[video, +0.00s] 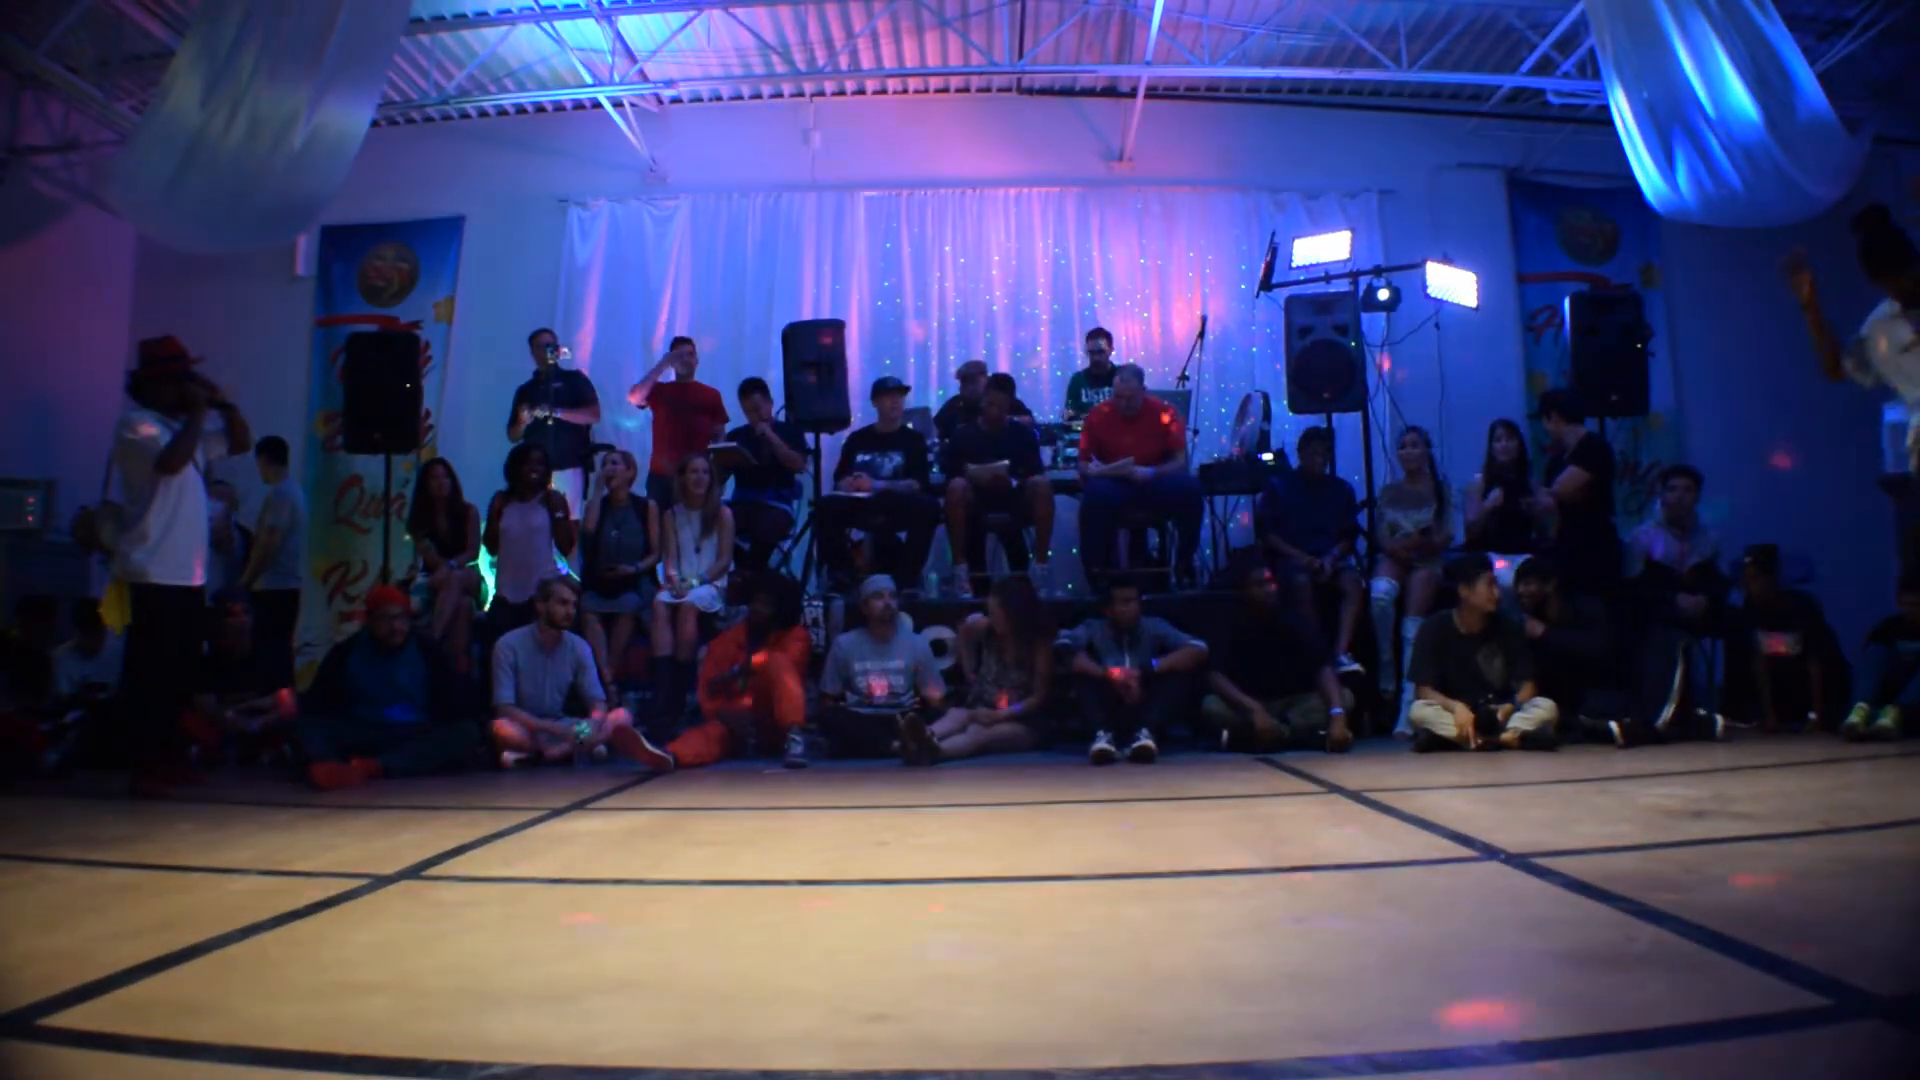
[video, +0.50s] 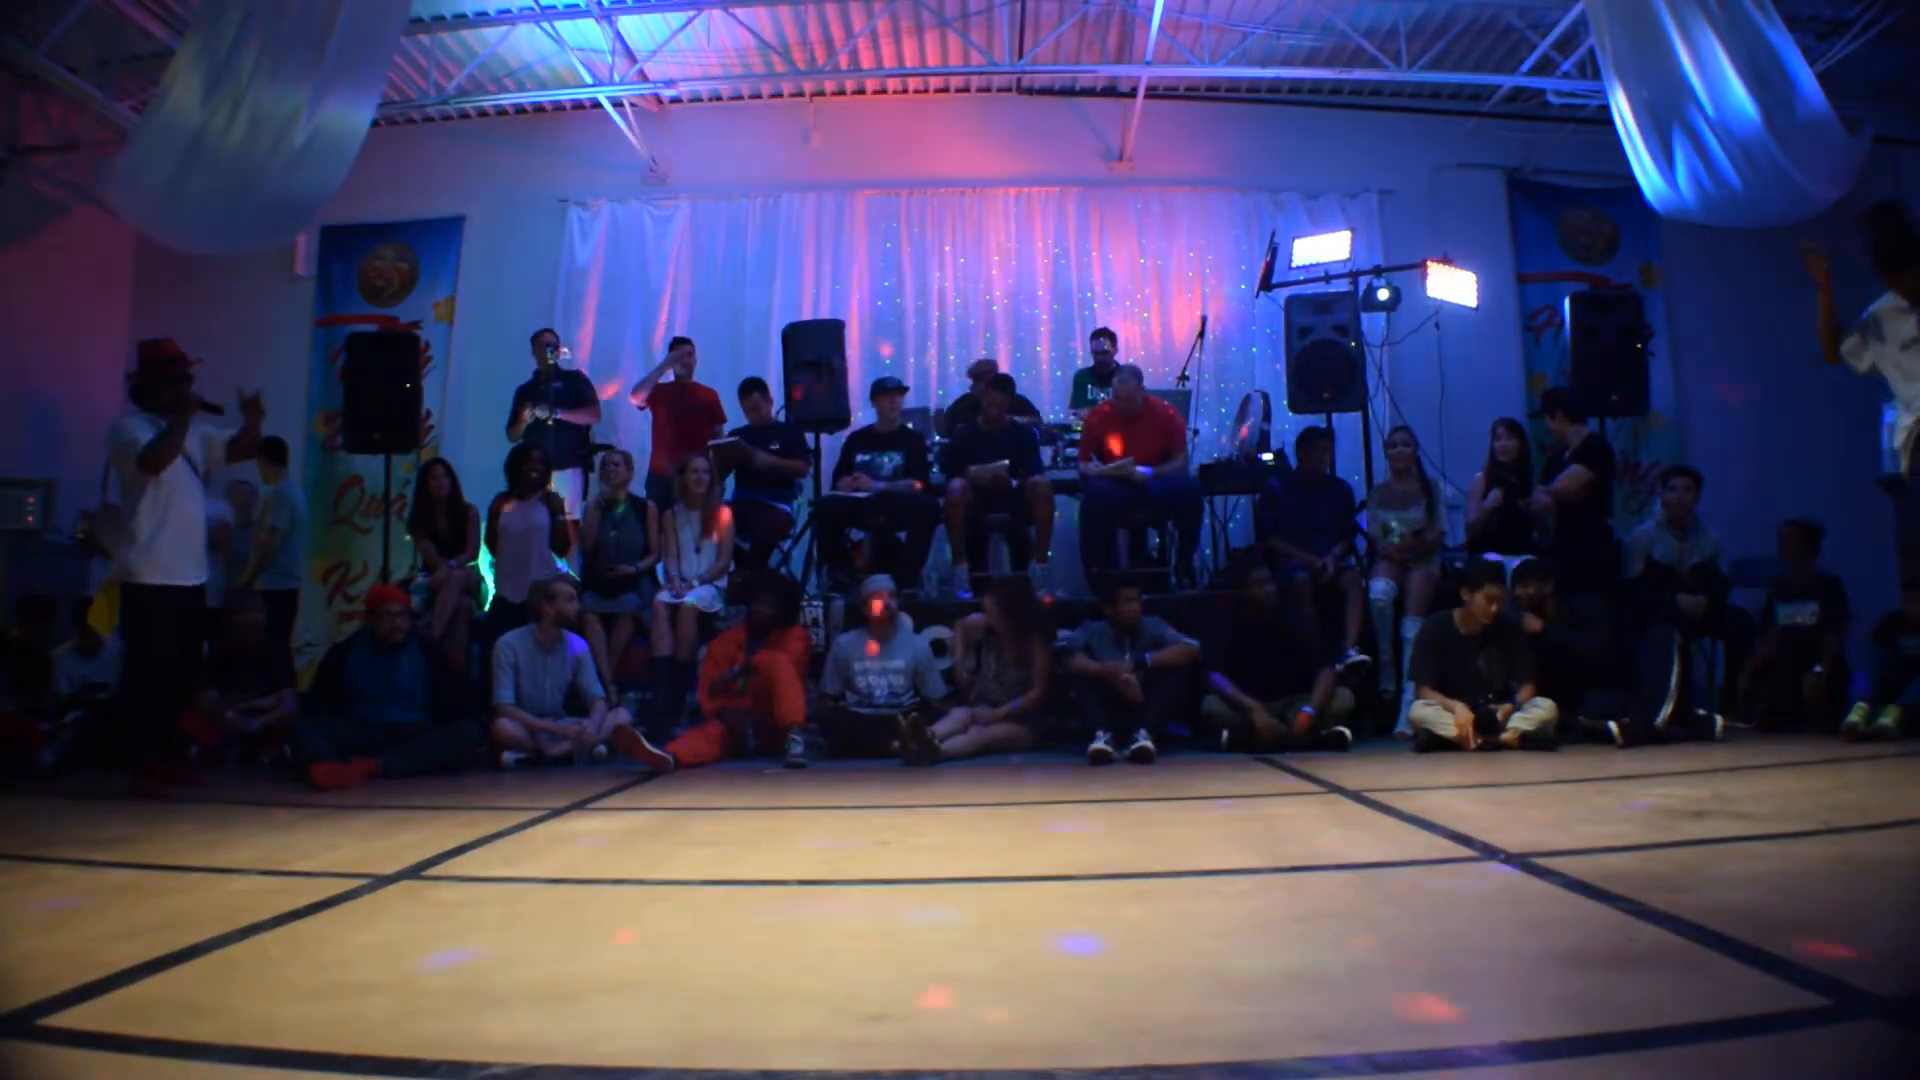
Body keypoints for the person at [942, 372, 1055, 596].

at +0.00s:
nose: (995, 412)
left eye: (1001, 406)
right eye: (990, 405)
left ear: (1010, 405)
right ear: (982, 404)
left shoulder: (1022, 433)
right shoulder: (964, 433)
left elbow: (1035, 471)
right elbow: (951, 471)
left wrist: (1009, 481)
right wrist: (975, 476)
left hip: (1011, 491)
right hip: (977, 492)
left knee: (1041, 486)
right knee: (956, 488)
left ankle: (1041, 563)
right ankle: (960, 567)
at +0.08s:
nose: (995, 411)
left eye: (1001, 406)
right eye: (990, 405)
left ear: (1010, 405)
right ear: (982, 404)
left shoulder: (1022, 433)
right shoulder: (965, 433)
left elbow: (1035, 471)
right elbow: (951, 471)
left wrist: (1009, 480)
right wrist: (976, 476)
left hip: (1011, 491)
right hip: (977, 492)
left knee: (1041, 486)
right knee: (956, 488)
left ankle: (1041, 563)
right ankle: (960, 566)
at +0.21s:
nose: (995, 412)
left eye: (1001, 405)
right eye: (990, 405)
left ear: (1010, 405)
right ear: (982, 403)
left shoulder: (1022, 433)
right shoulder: (965, 433)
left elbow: (1034, 471)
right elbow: (951, 472)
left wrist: (1009, 480)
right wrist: (977, 476)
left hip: (1012, 491)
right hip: (977, 492)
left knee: (1041, 487)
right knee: (956, 488)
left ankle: (1041, 563)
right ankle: (959, 566)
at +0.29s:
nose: (994, 412)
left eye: (1000, 405)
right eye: (990, 405)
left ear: (1010, 405)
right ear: (982, 404)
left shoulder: (1022, 433)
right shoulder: (965, 433)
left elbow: (1034, 470)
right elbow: (950, 470)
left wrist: (1008, 479)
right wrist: (976, 475)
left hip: (1012, 491)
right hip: (977, 492)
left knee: (1041, 487)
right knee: (956, 488)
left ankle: (1041, 562)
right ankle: (960, 565)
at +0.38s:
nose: (994, 411)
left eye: (1000, 405)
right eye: (990, 405)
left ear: (1010, 404)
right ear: (981, 403)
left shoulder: (1023, 434)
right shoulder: (965, 433)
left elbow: (1034, 471)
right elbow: (949, 471)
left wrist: (1008, 479)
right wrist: (975, 475)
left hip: (1011, 491)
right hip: (977, 492)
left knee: (1041, 487)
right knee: (956, 488)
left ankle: (1041, 563)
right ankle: (959, 566)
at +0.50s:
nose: (994, 412)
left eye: (1000, 405)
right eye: (989, 405)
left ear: (1009, 405)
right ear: (981, 404)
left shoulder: (1023, 433)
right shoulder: (965, 433)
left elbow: (1034, 470)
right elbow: (950, 470)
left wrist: (1008, 478)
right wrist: (975, 474)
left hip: (1012, 490)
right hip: (977, 491)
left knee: (1041, 487)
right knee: (956, 489)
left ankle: (1041, 563)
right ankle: (960, 566)